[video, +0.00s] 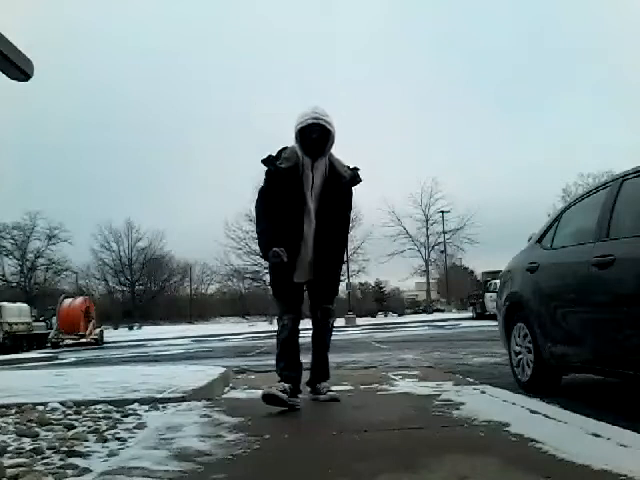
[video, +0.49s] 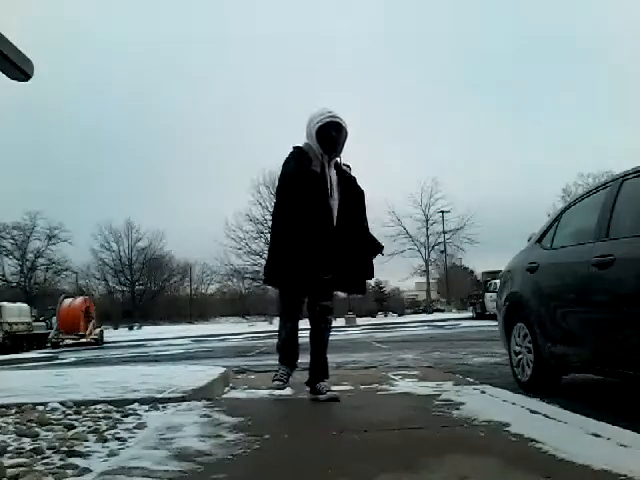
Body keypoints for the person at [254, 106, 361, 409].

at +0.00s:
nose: (314, 139)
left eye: (321, 133)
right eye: (308, 132)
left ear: (330, 137)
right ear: (298, 135)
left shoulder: (341, 176)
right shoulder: (281, 170)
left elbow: (343, 221)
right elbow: (265, 211)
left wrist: (339, 256)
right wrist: (271, 246)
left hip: (325, 260)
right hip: (288, 259)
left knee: (323, 320)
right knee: (289, 320)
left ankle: (319, 383)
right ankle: (289, 385)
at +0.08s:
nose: (321, 141)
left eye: (328, 135)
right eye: (315, 134)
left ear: (337, 139)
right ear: (304, 136)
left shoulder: (343, 177)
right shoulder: (285, 170)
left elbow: (345, 226)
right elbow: (275, 212)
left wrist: (342, 270)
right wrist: (293, 244)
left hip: (325, 259)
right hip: (288, 258)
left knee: (322, 319)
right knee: (288, 318)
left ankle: (319, 382)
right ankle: (289, 381)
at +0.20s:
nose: (328, 142)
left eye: (335, 136)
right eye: (323, 134)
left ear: (342, 140)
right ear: (310, 136)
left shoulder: (346, 178)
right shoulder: (293, 166)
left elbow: (350, 226)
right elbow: (286, 216)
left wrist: (348, 262)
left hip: (327, 259)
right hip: (292, 256)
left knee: (320, 319)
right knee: (290, 317)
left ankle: (318, 380)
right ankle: (289, 375)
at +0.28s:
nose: (331, 142)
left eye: (337, 136)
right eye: (326, 135)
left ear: (345, 141)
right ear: (313, 136)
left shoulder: (348, 180)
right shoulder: (295, 168)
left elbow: (353, 227)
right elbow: (281, 217)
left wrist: (358, 265)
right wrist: (275, 264)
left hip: (327, 260)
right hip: (294, 256)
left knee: (321, 320)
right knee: (291, 318)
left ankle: (317, 380)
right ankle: (286, 373)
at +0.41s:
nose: (335, 140)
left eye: (340, 135)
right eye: (329, 134)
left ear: (345, 140)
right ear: (315, 135)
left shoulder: (347, 181)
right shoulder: (297, 165)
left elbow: (357, 227)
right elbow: (283, 215)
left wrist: (361, 265)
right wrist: (276, 261)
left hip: (326, 257)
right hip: (294, 254)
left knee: (322, 317)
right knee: (291, 316)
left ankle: (318, 380)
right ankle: (285, 371)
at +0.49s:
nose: (333, 139)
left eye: (338, 133)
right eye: (327, 132)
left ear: (343, 138)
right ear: (314, 135)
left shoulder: (344, 178)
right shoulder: (297, 165)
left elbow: (354, 222)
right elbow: (283, 213)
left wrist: (367, 248)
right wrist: (278, 258)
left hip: (326, 255)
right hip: (294, 253)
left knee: (322, 316)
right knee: (290, 313)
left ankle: (318, 381)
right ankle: (285, 366)